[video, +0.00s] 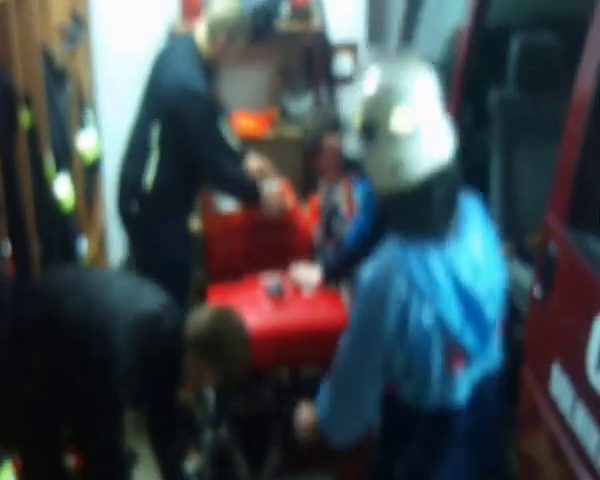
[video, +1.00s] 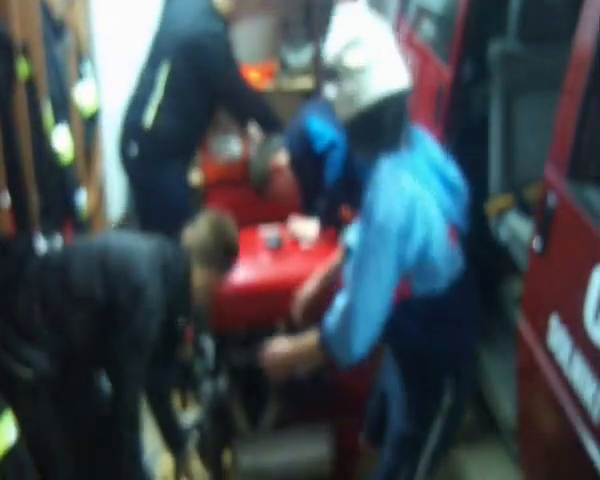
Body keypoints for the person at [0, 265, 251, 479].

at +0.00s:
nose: (206, 386)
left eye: (215, 380)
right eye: (212, 376)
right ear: (202, 355)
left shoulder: (166, 325)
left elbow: (163, 423)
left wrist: (173, 472)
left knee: (103, 452)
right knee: (42, 457)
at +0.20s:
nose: (209, 366)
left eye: (216, 359)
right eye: (215, 357)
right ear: (205, 338)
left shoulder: (167, 306)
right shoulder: (130, 329)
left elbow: (159, 412)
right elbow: (112, 428)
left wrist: (172, 470)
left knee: (104, 448)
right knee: (42, 458)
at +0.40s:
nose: (215, 353)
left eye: (223, 346)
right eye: (222, 342)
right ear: (212, 322)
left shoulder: (172, 302)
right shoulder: (140, 317)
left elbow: (160, 401)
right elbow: (116, 421)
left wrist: (179, 469)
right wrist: (117, 471)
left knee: (102, 446)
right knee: (45, 460)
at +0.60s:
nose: (222, 339)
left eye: (230, 332)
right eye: (227, 329)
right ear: (213, 310)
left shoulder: (168, 294)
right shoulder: (141, 318)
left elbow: (160, 399)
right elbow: (115, 423)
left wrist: (180, 464)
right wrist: (119, 473)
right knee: (56, 464)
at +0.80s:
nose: (216, 325)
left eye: (224, 317)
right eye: (221, 313)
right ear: (209, 296)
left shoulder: (165, 285)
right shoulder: (141, 310)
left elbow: (156, 390)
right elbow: (114, 420)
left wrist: (178, 456)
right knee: (57, 465)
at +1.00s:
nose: (213, 289)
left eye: (220, 280)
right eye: (217, 278)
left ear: (190, 241)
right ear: (211, 267)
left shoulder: (164, 264)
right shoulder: (148, 288)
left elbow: (155, 380)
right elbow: (127, 387)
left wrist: (181, 451)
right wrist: (129, 461)